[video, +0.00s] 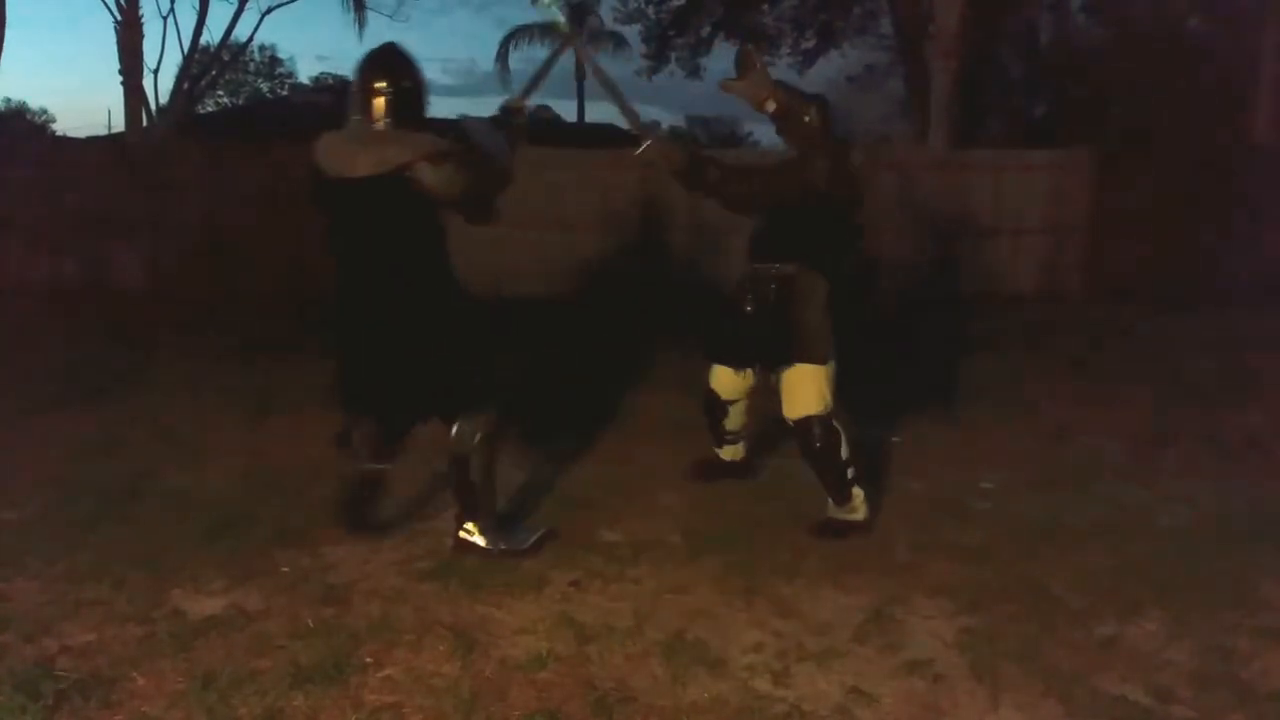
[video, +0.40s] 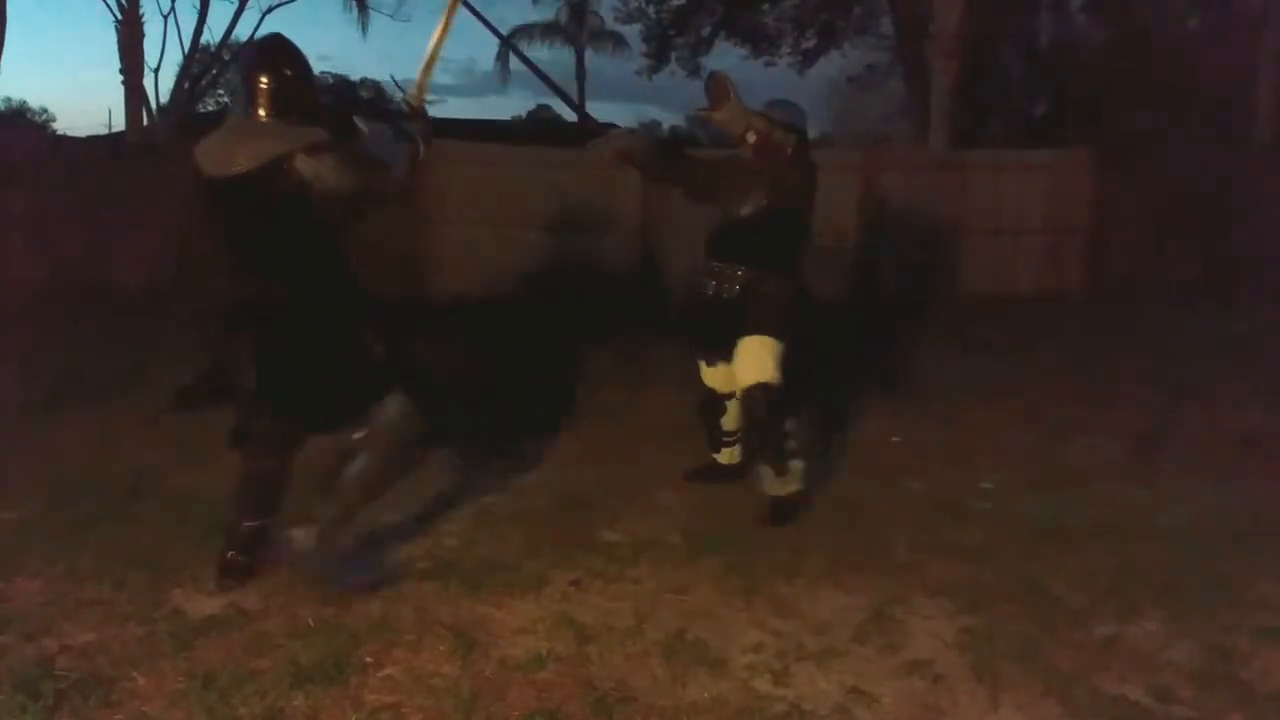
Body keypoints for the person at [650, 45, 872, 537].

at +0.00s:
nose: (788, 129)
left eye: (797, 121)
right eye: (786, 123)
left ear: (817, 124)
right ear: (789, 131)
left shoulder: (832, 169)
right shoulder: (786, 173)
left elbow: (809, 131)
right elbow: (730, 187)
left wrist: (768, 95)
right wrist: (676, 159)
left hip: (811, 288)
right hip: (763, 282)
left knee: (806, 406)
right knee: (726, 380)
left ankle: (849, 506)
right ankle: (731, 456)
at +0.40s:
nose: (759, 139)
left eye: (770, 132)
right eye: (759, 131)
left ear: (791, 140)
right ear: (754, 135)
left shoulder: (797, 176)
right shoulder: (735, 171)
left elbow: (779, 150)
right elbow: (692, 172)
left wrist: (742, 121)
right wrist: (642, 153)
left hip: (766, 292)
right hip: (721, 287)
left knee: (758, 385)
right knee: (718, 382)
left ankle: (784, 487)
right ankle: (729, 458)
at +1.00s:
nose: (715, 150)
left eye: (725, 142)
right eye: (711, 140)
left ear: (747, 144)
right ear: (704, 138)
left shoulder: (763, 186)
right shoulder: (687, 171)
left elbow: (796, 175)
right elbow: (646, 158)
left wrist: (758, 143)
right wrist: (613, 133)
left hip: (729, 288)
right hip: (677, 280)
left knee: (711, 399)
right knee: (663, 388)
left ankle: (719, 486)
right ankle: (698, 445)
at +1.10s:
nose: (707, 135)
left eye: (719, 128)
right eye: (706, 126)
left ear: (744, 134)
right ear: (702, 127)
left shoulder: (762, 179)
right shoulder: (686, 162)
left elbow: (781, 187)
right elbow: (642, 153)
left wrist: (751, 149)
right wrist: (604, 133)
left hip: (717, 289)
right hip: (665, 280)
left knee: (705, 393)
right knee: (642, 374)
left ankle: (715, 489)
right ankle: (663, 447)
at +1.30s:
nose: (705, 143)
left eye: (715, 134)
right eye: (701, 134)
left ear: (735, 137)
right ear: (695, 135)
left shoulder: (751, 182)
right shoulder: (672, 168)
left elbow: (762, 214)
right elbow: (629, 159)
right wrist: (586, 144)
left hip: (701, 293)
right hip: (650, 283)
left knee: (695, 395)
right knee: (624, 381)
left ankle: (714, 490)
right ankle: (629, 465)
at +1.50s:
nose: (680, 150)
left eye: (693, 141)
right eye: (678, 141)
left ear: (717, 143)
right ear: (673, 141)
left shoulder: (729, 185)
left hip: (687, 289)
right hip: (631, 279)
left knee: (686, 394)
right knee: (614, 384)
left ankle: (712, 490)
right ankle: (628, 467)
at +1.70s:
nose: (665, 139)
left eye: (674, 130)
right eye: (661, 131)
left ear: (698, 131)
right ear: (657, 131)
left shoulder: (719, 172)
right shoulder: (646, 161)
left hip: (683, 286)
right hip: (632, 279)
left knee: (685, 395)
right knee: (619, 387)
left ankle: (713, 490)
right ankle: (629, 468)